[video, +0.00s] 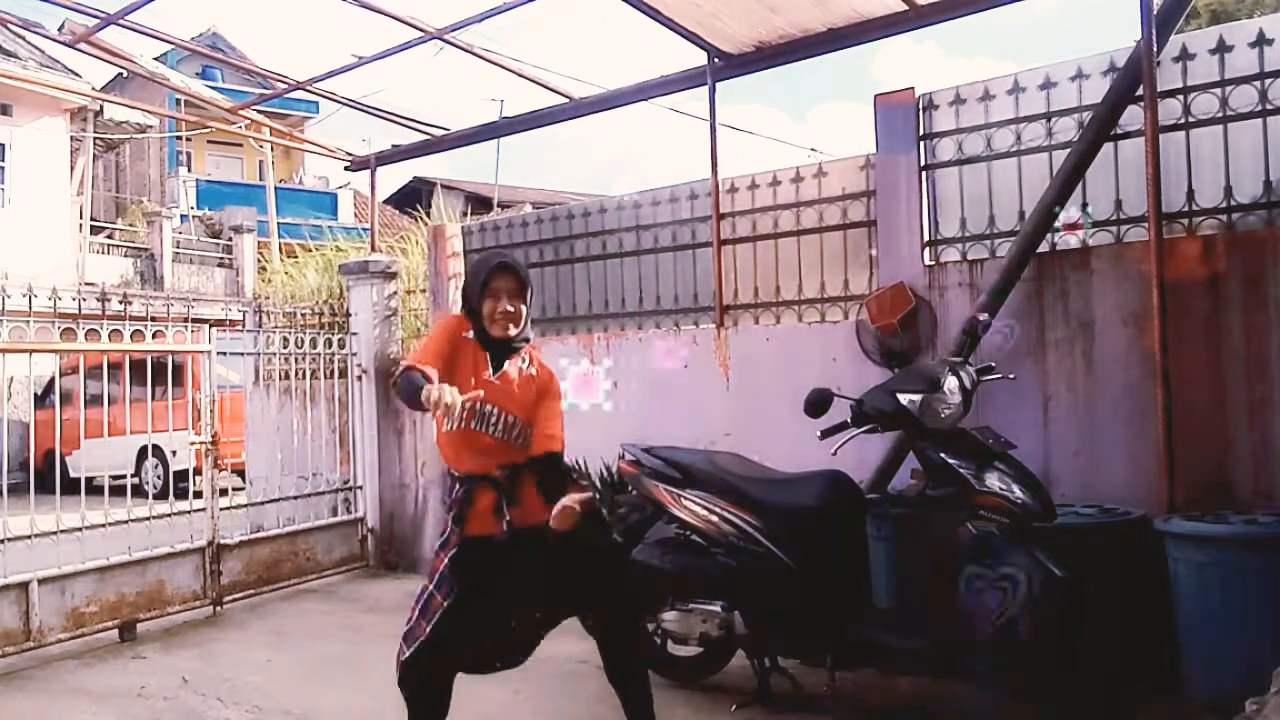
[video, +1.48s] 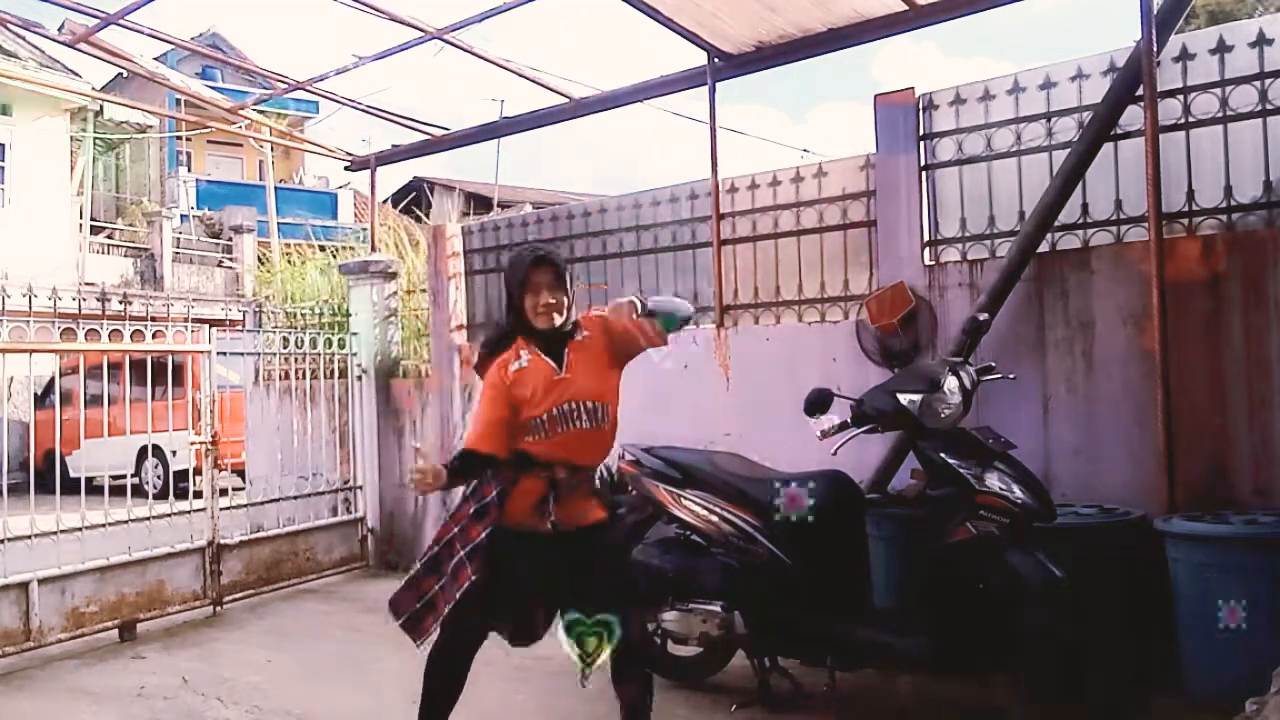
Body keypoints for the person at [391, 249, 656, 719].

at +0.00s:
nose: (507, 307)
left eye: (516, 297)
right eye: (495, 296)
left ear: (527, 305)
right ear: (473, 301)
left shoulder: (541, 376)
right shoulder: (453, 331)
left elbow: (547, 459)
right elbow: (406, 380)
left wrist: (565, 499)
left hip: (542, 527)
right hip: (477, 533)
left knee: (617, 617)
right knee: (419, 662)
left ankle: (642, 714)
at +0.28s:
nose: (535, 267)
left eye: (543, 256)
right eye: (522, 258)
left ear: (557, 261)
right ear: (503, 267)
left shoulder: (584, 317)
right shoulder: (483, 328)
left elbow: (647, 370)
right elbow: (447, 415)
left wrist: (641, 302)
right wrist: (408, 492)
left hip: (580, 490)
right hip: (503, 495)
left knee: (624, 625)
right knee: (454, 628)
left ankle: (647, 714)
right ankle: (424, 716)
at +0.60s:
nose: (560, 264)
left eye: (569, 254)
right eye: (547, 256)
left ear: (582, 260)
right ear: (532, 265)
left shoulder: (615, 315)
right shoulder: (514, 326)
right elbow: (483, 418)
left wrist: (658, 263)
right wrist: (439, 494)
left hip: (593, 489)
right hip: (516, 491)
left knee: (629, 618)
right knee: (461, 616)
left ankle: (645, 714)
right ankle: (422, 714)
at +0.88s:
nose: (531, 272)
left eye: (541, 262)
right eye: (520, 263)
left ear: (555, 267)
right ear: (505, 272)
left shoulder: (588, 316)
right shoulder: (486, 335)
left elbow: (661, 339)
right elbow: (450, 415)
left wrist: (729, 375)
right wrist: (415, 358)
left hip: (571, 477)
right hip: (497, 478)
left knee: (616, 610)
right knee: (456, 609)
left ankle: (644, 714)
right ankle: (420, 717)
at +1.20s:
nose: (510, 286)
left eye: (519, 276)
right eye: (498, 276)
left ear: (531, 284)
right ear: (477, 283)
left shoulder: (544, 345)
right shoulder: (449, 326)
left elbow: (593, 413)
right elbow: (391, 373)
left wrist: (601, 345)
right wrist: (354, 424)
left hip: (550, 474)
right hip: (478, 481)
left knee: (605, 601)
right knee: (446, 620)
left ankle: (636, 712)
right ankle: (422, 714)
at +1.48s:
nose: (548, 299)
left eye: (556, 287)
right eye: (534, 291)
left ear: (570, 292)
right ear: (518, 301)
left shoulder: (604, 334)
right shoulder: (506, 369)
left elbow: (679, 318)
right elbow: (482, 447)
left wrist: (643, 312)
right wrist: (447, 476)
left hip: (588, 520)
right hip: (516, 525)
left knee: (630, 637)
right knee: (461, 635)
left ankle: (637, 715)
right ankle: (430, 716)